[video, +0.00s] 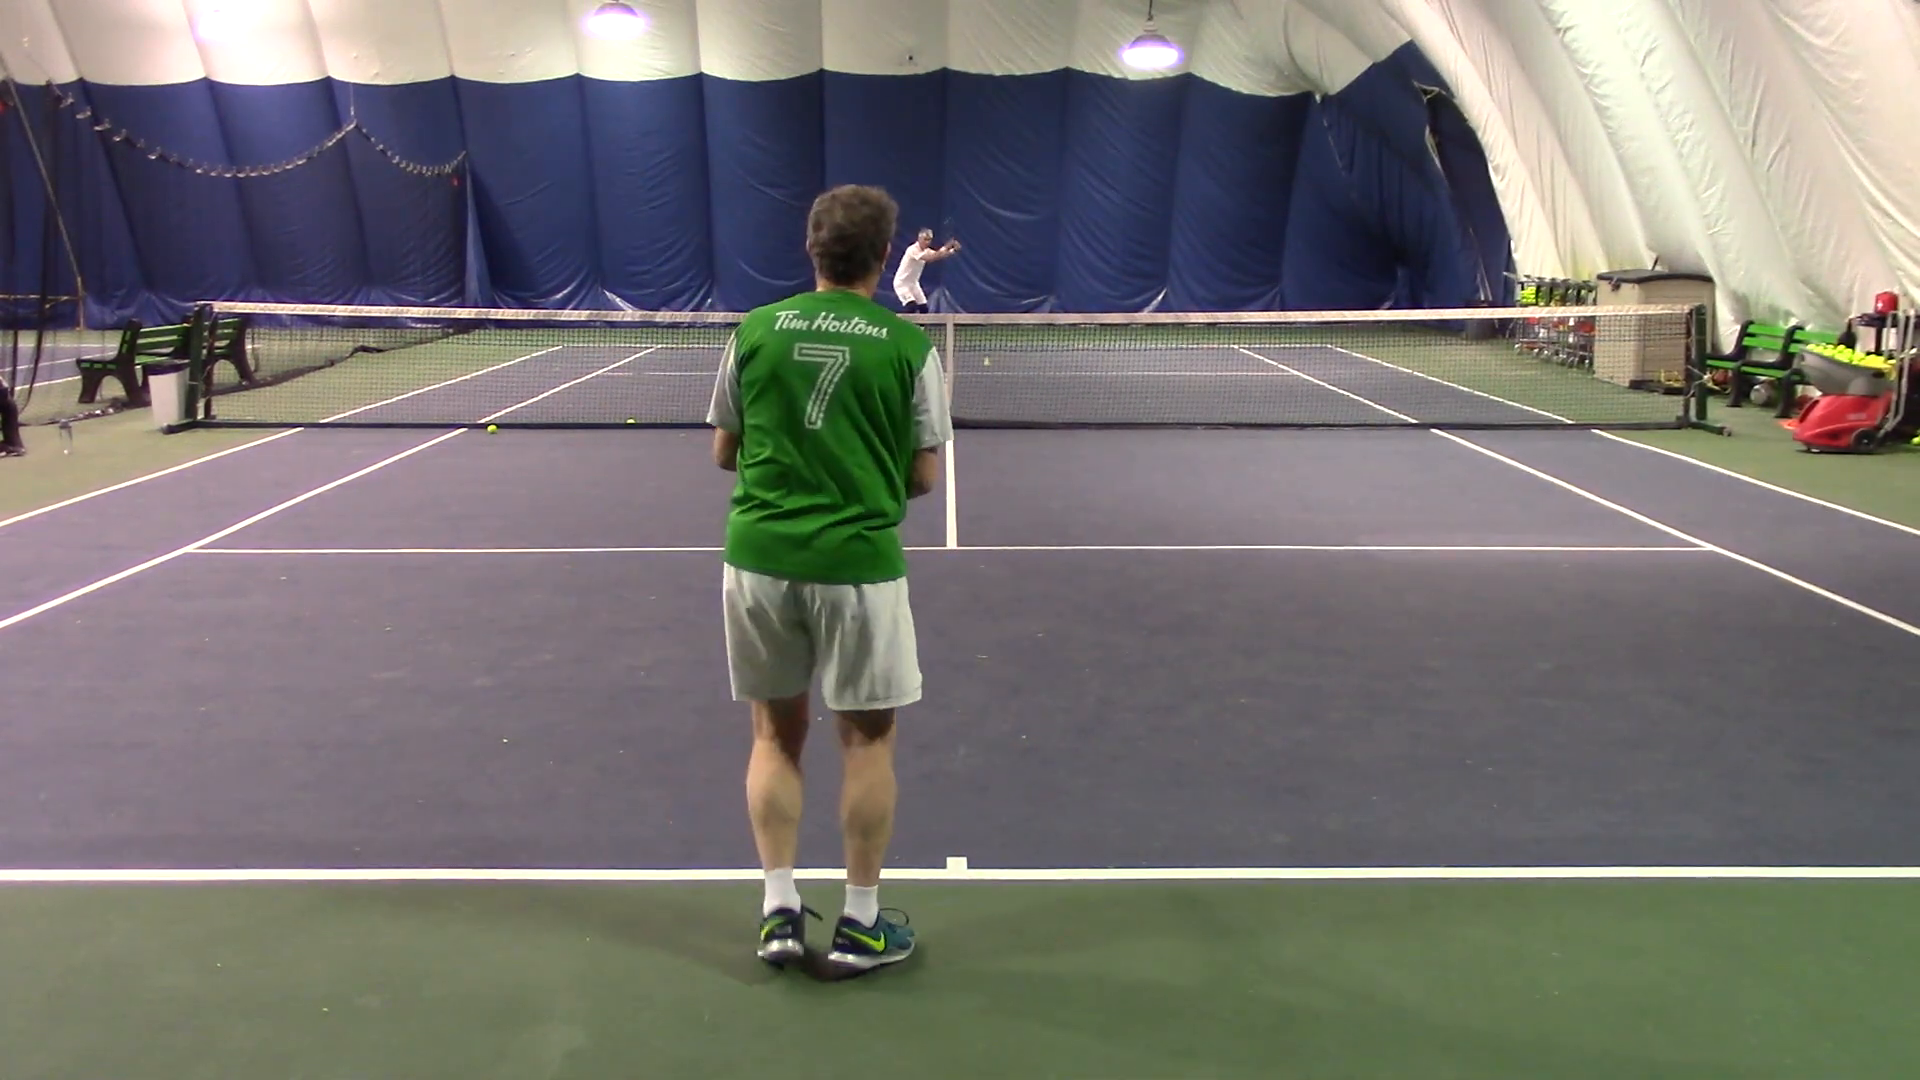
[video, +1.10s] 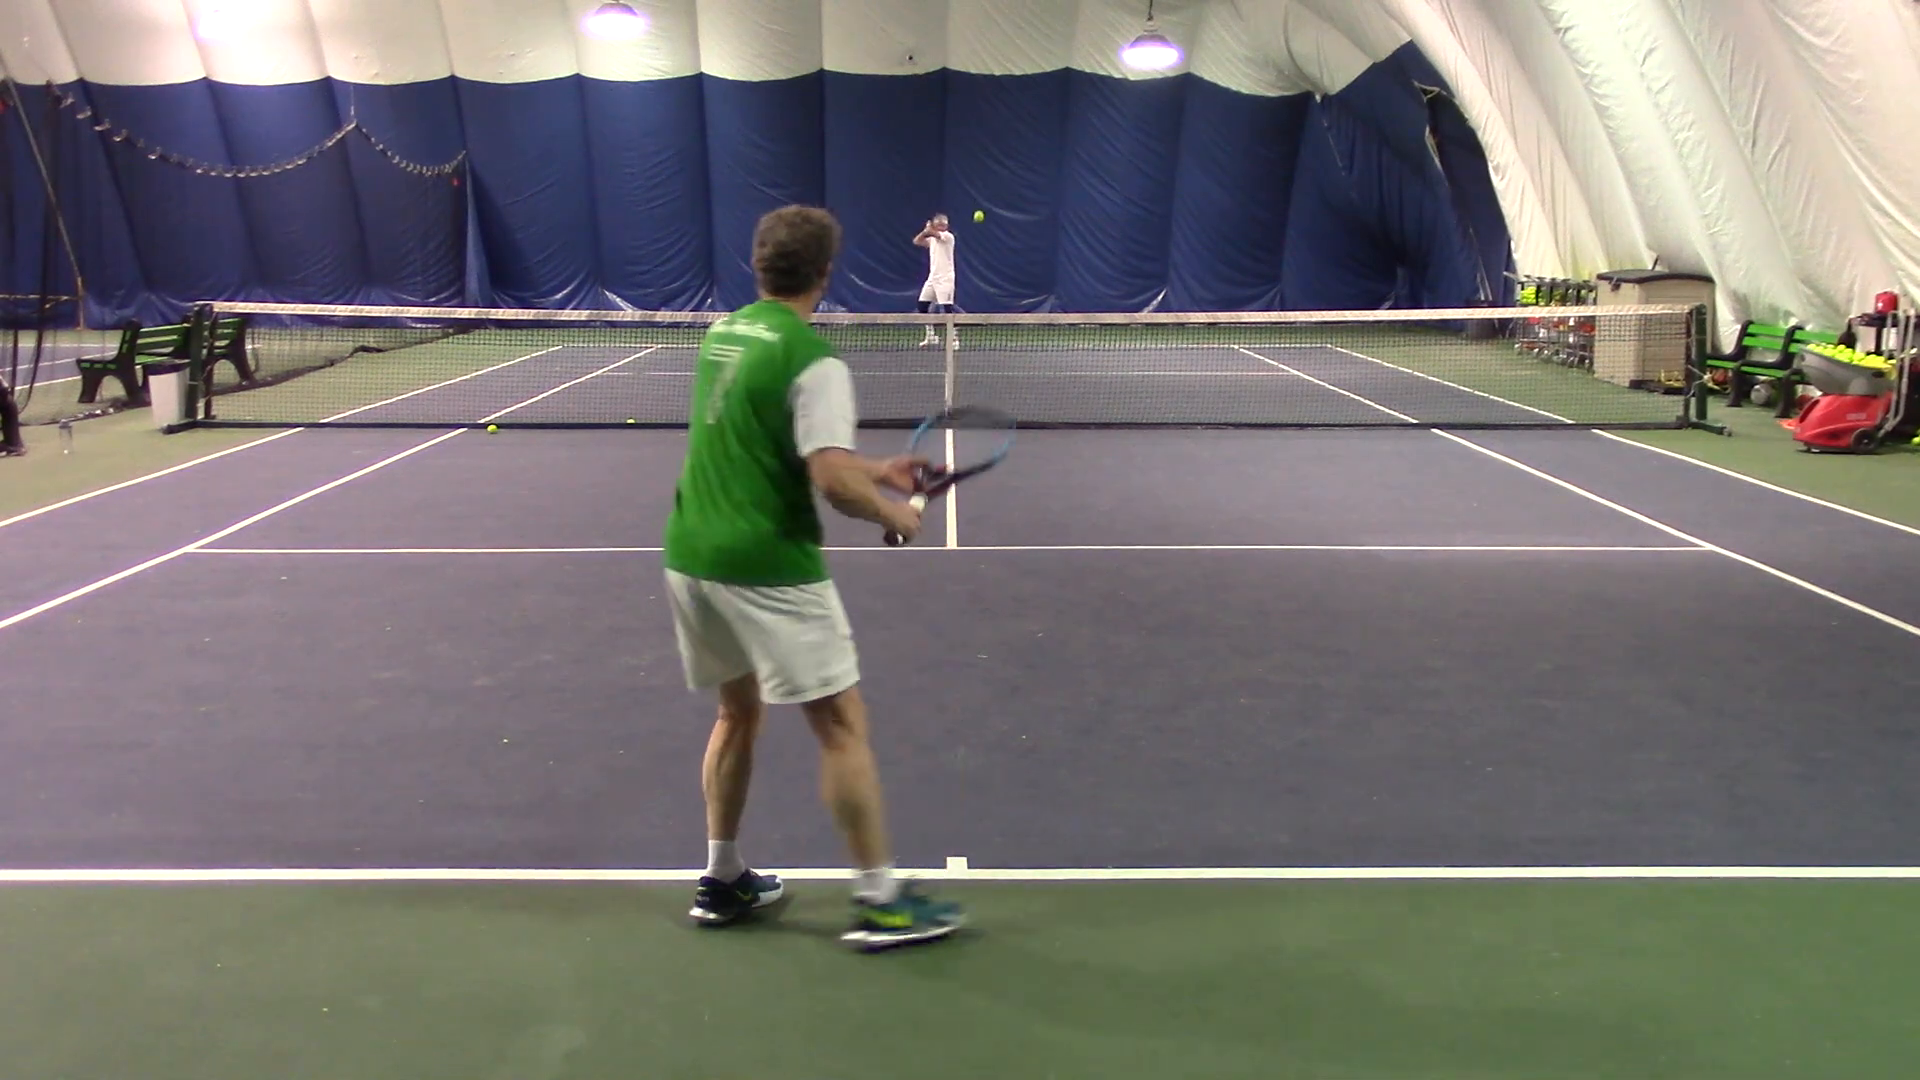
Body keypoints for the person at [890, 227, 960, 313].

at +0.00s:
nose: (927, 243)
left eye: (929, 240)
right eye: (925, 240)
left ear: (930, 241)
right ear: (919, 239)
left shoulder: (926, 251)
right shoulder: (912, 250)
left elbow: (937, 255)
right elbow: (927, 257)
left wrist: (951, 251)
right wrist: (946, 247)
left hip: (914, 282)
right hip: (902, 282)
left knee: (923, 307)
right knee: (911, 304)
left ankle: (921, 329)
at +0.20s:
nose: (936, 247)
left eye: (938, 244)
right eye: (934, 243)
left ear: (939, 245)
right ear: (927, 243)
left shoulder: (927, 254)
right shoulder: (920, 253)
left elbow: (935, 266)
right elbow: (935, 266)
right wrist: (942, 255)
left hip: (916, 285)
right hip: (905, 284)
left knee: (925, 308)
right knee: (915, 307)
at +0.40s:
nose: (938, 241)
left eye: (940, 238)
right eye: (936, 237)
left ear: (941, 239)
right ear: (930, 235)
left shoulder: (934, 251)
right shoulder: (917, 245)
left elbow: (938, 270)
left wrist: (950, 279)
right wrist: (935, 257)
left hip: (921, 280)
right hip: (908, 278)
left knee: (923, 307)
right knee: (915, 306)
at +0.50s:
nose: (937, 235)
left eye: (939, 233)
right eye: (935, 231)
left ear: (940, 234)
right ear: (930, 229)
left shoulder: (935, 245)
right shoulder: (917, 239)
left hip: (925, 273)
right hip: (914, 273)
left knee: (927, 304)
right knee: (912, 303)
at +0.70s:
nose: (935, 227)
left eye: (937, 224)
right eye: (933, 224)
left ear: (941, 227)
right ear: (930, 225)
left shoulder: (941, 239)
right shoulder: (922, 236)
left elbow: (934, 235)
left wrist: (929, 224)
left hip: (932, 272)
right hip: (918, 272)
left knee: (935, 303)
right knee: (915, 302)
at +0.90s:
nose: (938, 228)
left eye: (941, 226)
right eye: (936, 225)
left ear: (944, 227)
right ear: (931, 225)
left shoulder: (945, 239)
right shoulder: (925, 239)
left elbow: (930, 230)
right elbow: (910, 240)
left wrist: (924, 216)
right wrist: (917, 226)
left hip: (938, 273)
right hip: (925, 273)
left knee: (940, 303)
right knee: (920, 303)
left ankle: (948, 329)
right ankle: (923, 329)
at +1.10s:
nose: (941, 228)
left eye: (943, 225)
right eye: (938, 225)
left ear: (947, 226)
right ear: (934, 225)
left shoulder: (948, 237)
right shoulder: (932, 239)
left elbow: (935, 235)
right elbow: (917, 241)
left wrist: (929, 228)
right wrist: (926, 231)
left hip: (946, 276)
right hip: (933, 276)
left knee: (946, 307)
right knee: (922, 304)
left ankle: (953, 336)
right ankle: (930, 334)